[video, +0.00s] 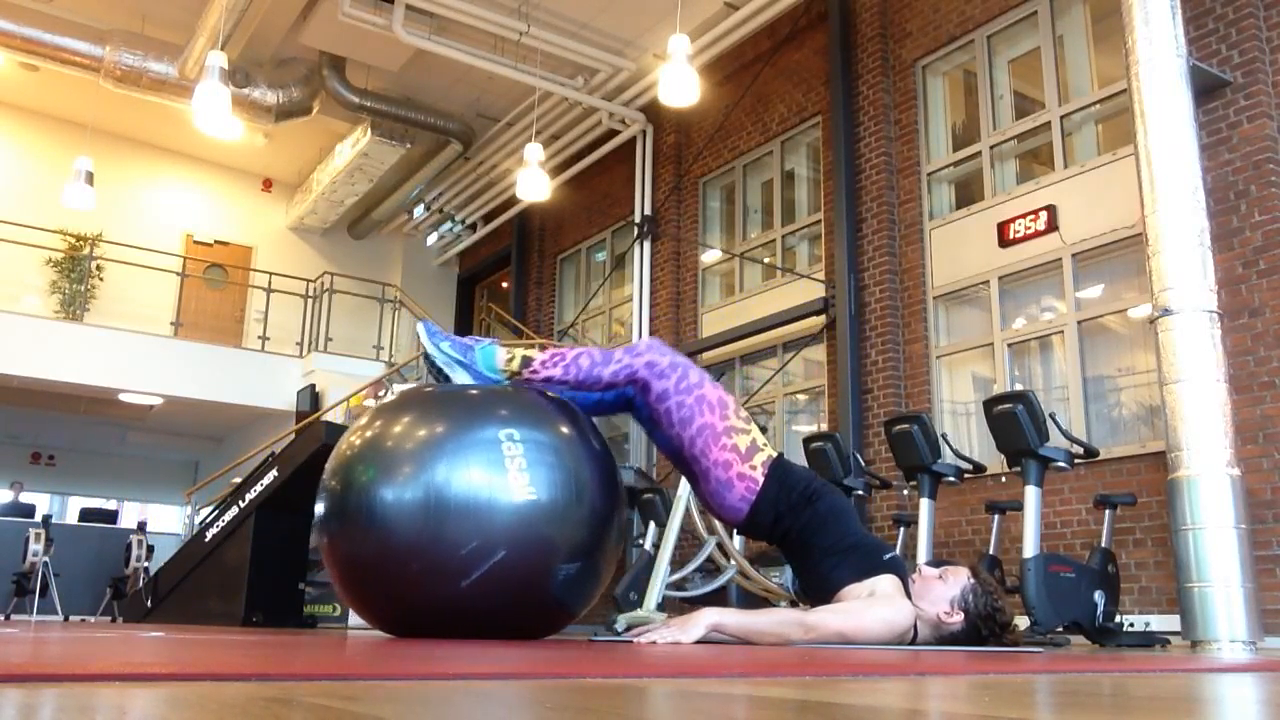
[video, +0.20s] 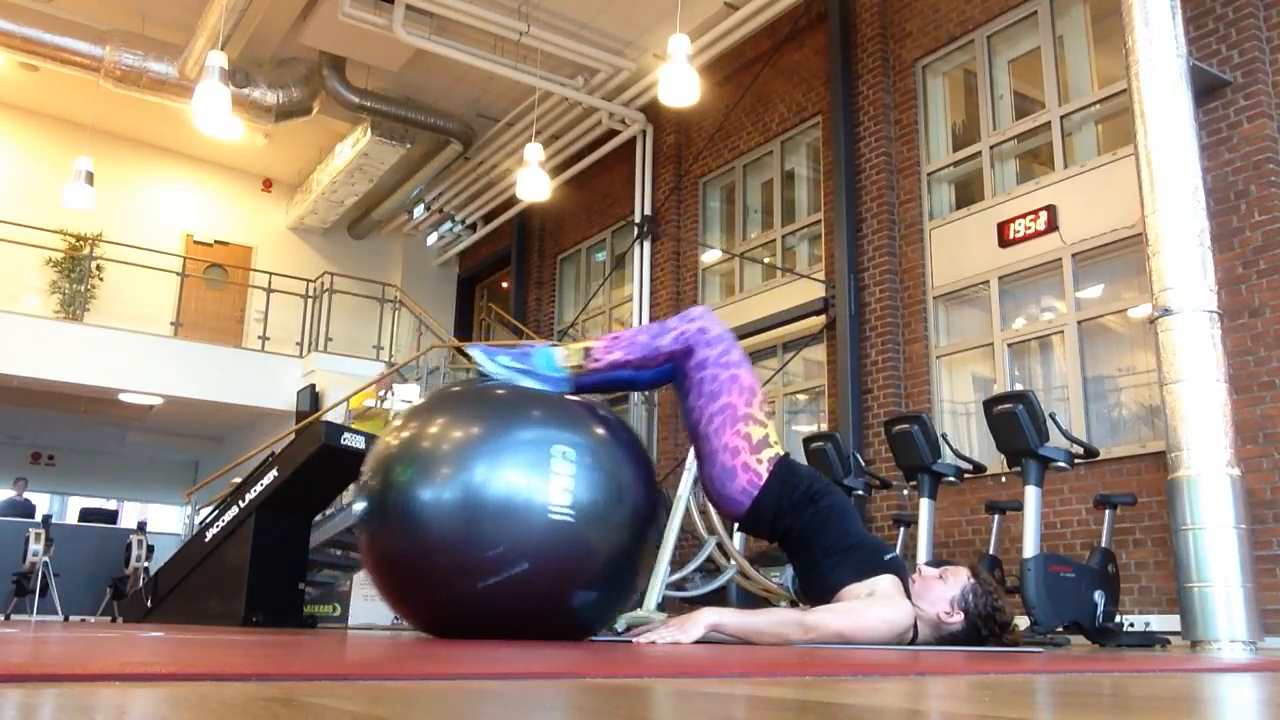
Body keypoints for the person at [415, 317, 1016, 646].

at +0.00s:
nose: (935, 569)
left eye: (947, 581)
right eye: (947, 570)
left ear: (944, 617)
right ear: (943, 606)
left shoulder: (891, 611)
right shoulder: (889, 595)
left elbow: (802, 626)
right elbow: (801, 622)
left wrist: (707, 619)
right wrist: (711, 622)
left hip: (747, 484)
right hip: (760, 471)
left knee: (653, 362)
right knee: (655, 359)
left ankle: (496, 364)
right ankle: (509, 368)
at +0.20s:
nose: (936, 569)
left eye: (946, 580)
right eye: (949, 570)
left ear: (944, 615)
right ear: (943, 604)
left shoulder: (890, 610)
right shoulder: (893, 596)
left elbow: (804, 630)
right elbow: (806, 623)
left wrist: (709, 616)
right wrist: (714, 617)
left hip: (749, 482)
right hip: (763, 471)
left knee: (699, 325)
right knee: (701, 333)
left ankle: (557, 368)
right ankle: (565, 373)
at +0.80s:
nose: (928, 569)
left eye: (943, 578)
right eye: (942, 568)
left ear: (950, 614)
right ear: (948, 612)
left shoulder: (896, 616)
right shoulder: (910, 608)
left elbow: (803, 628)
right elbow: (804, 621)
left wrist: (708, 621)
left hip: (783, 461)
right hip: (806, 470)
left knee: (862, 317)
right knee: (821, 358)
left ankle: (722, 366)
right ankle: (720, 375)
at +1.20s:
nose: (941, 563)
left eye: (950, 576)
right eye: (951, 567)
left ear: (945, 613)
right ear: (939, 586)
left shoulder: (895, 614)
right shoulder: (896, 597)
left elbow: (803, 626)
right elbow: (800, 624)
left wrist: (711, 621)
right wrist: (711, 621)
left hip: (761, 474)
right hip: (776, 466)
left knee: (751, 311)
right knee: (752, 319)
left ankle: (612, 365)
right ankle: (618, 373)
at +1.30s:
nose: (943, 567)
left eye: (951, 579)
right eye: (957, 570)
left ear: (944, 613)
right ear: (946, 600)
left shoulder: (891, 613)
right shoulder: (895, 597)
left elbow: (794, 629)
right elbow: (797, 625)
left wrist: (709, 622)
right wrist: (713, 621)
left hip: (765, 478)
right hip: (782, 470)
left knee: (715, 318)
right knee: (719, 327)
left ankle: (574, 362)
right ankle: (585, 369)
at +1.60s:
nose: (940, 569)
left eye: (951, 580)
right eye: (953, 570)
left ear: (946, 616)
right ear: (944, 605)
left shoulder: (893, 609)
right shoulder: (890, 593)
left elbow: (805, 626)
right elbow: (803, 621)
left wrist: (713, 618)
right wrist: (716, 621)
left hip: (765, 484)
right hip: (775, 470)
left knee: (660, 371)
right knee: (666, 369)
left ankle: (503, 361)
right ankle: (522, 366)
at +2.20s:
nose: (935, 569)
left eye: (947, 580)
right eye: (947, 568)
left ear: (944, 616)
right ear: (942, 603)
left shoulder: (892, 610)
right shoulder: (891, 596)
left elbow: (805, 628)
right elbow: (803, 623)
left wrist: (709, 620)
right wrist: (712, 621)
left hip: (755, 481)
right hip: (767, 474)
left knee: (690, 328)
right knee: (692, 332)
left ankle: (544, 361)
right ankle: (554, 371)